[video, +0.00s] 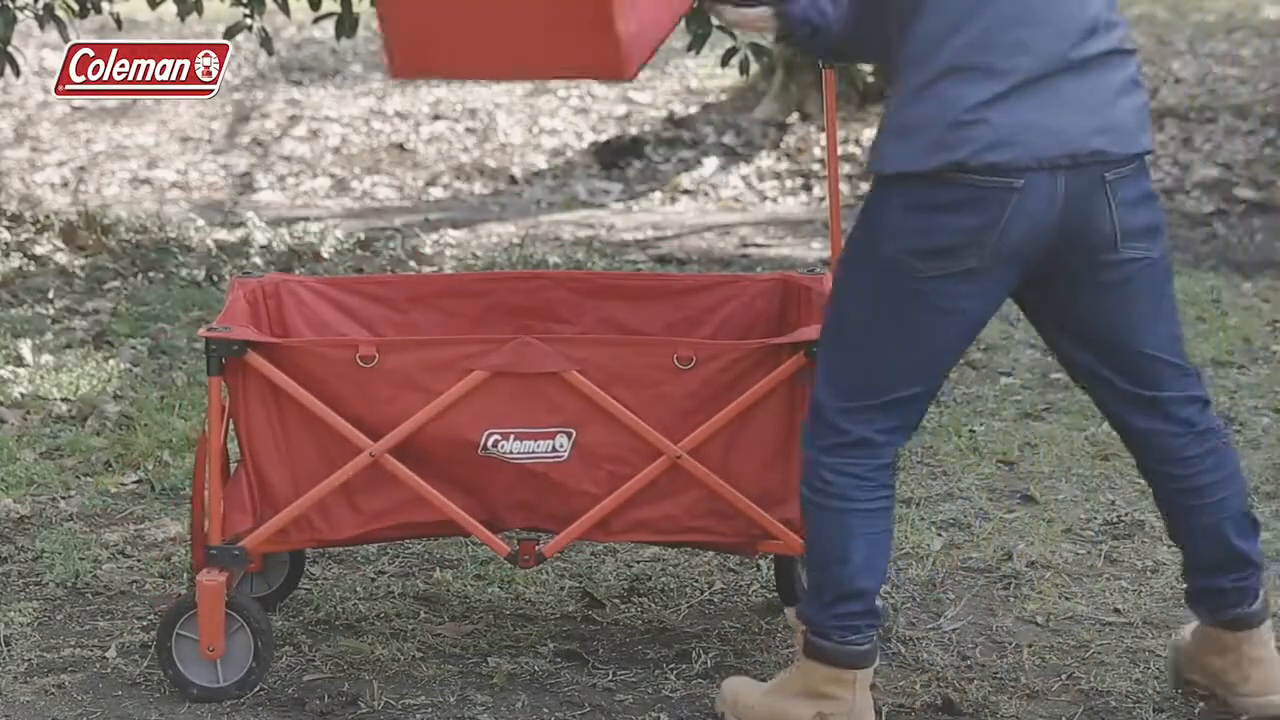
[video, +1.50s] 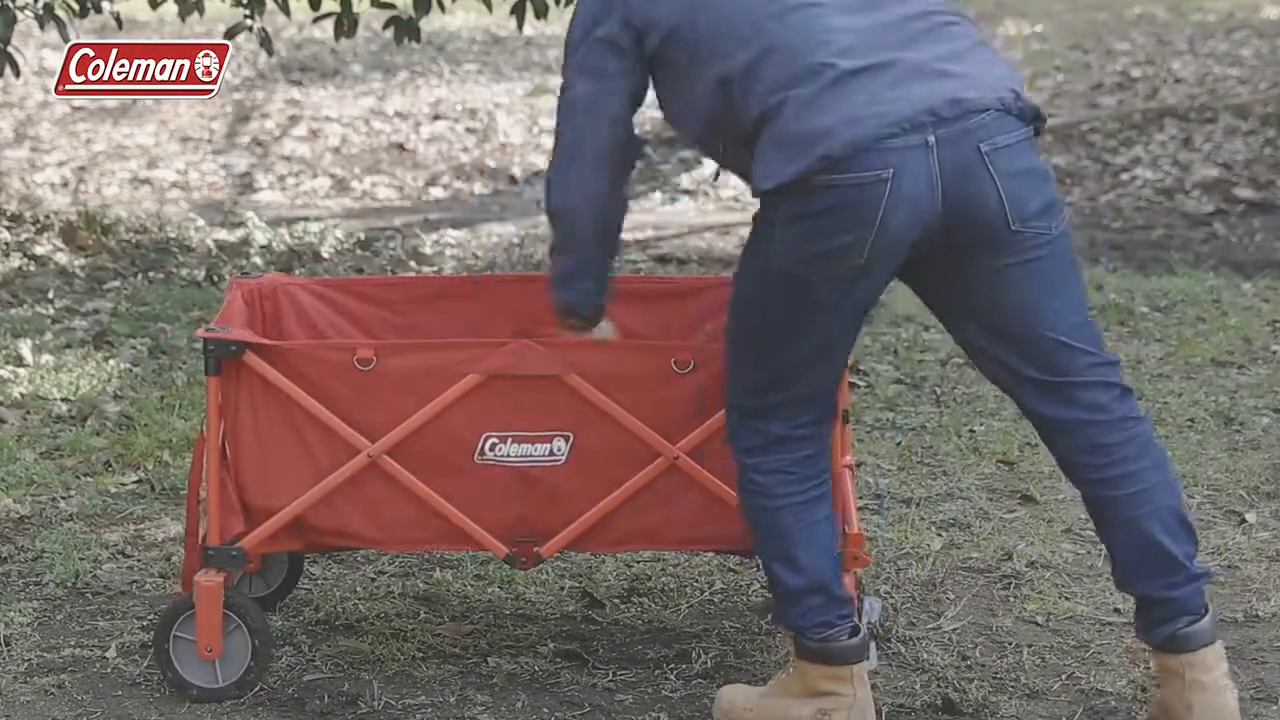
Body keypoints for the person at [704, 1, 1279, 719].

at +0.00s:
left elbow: (850, 24)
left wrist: (782, 15)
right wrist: (789, 15)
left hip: (958, 175)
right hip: (1107, 165)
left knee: (854, 429)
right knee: (1169, 406)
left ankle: (831, 673)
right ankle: (1240, 640)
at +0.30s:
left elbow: (596, 49)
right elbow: (899, 81)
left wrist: (466, 107)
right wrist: (777, 187)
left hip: (925, 159)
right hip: (1057, 141)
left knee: (839, 438)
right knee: (1097, 395)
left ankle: (831, 677)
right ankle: (1166, 645)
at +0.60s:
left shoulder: (635, 5)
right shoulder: (804, 10)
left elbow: (541, 144)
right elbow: (832, 137)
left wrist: (425, 284)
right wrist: (749, 301)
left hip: (873, 164)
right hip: (1021, 138)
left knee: (799, 434)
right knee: (1096, 398)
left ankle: (829, 673)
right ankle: (1168, 655)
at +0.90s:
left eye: (577, 30)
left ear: (605, 6)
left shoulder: (611, 20)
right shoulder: (807, 5)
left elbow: (528, 196)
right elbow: (831, 168)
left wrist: (463, 328)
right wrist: (718, 310)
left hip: (847, 182)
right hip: (990, 148)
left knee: (768, 436)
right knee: (1083, 398)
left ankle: (826, 670)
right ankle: (1174, 651)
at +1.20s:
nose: (564, 61)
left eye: (566, 47)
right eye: (565, 46)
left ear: (588, 40)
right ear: (686, 12)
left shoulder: (600, 100)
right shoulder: (773, 40)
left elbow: (518, 296)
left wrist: (465, 408)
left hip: (834, 227)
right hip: (985, 187)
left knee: (737, 443)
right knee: (1098, 424)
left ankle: (822, 662)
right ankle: (1210, 660)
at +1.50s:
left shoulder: (618, 7)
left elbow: (585, 167)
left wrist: (578, 293)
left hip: (846, 175)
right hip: (995, 140)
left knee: (777, 426)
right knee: (1086, 393)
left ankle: (828, 670)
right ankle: (1192, 660)